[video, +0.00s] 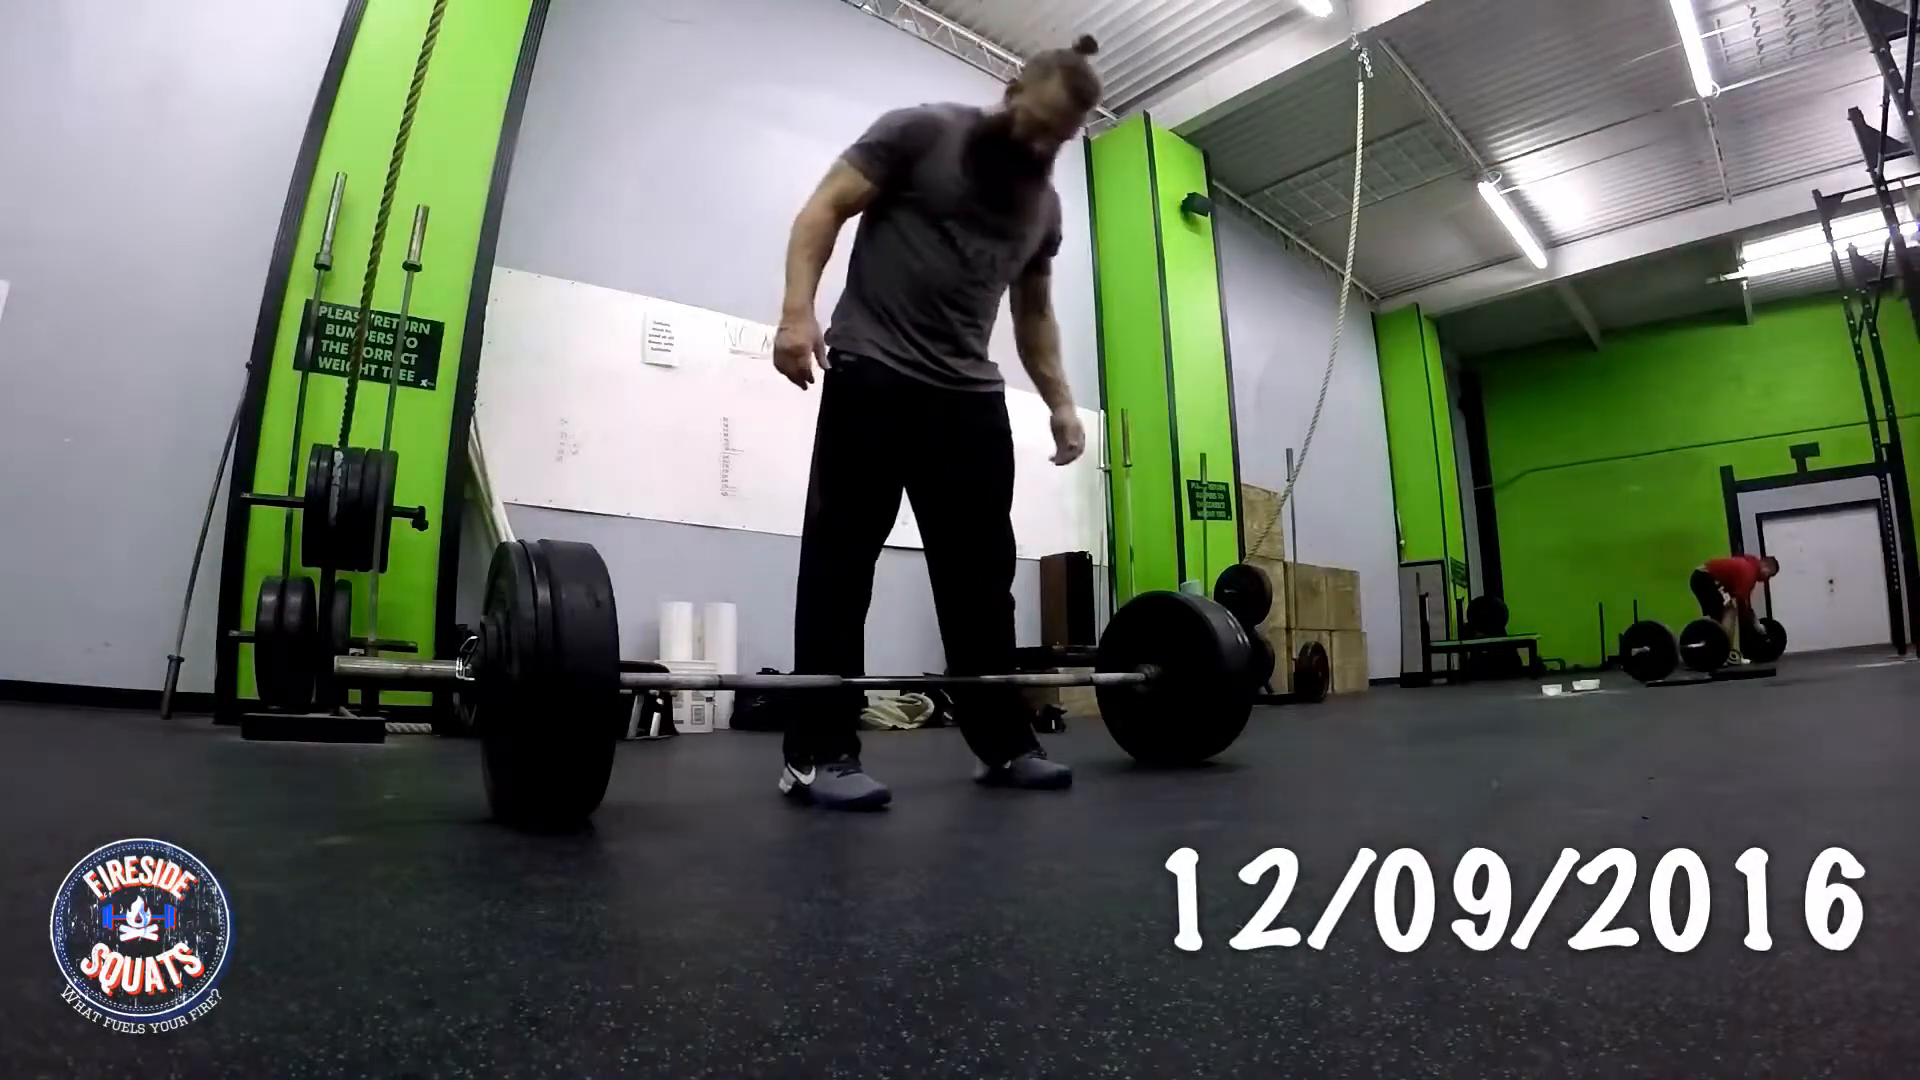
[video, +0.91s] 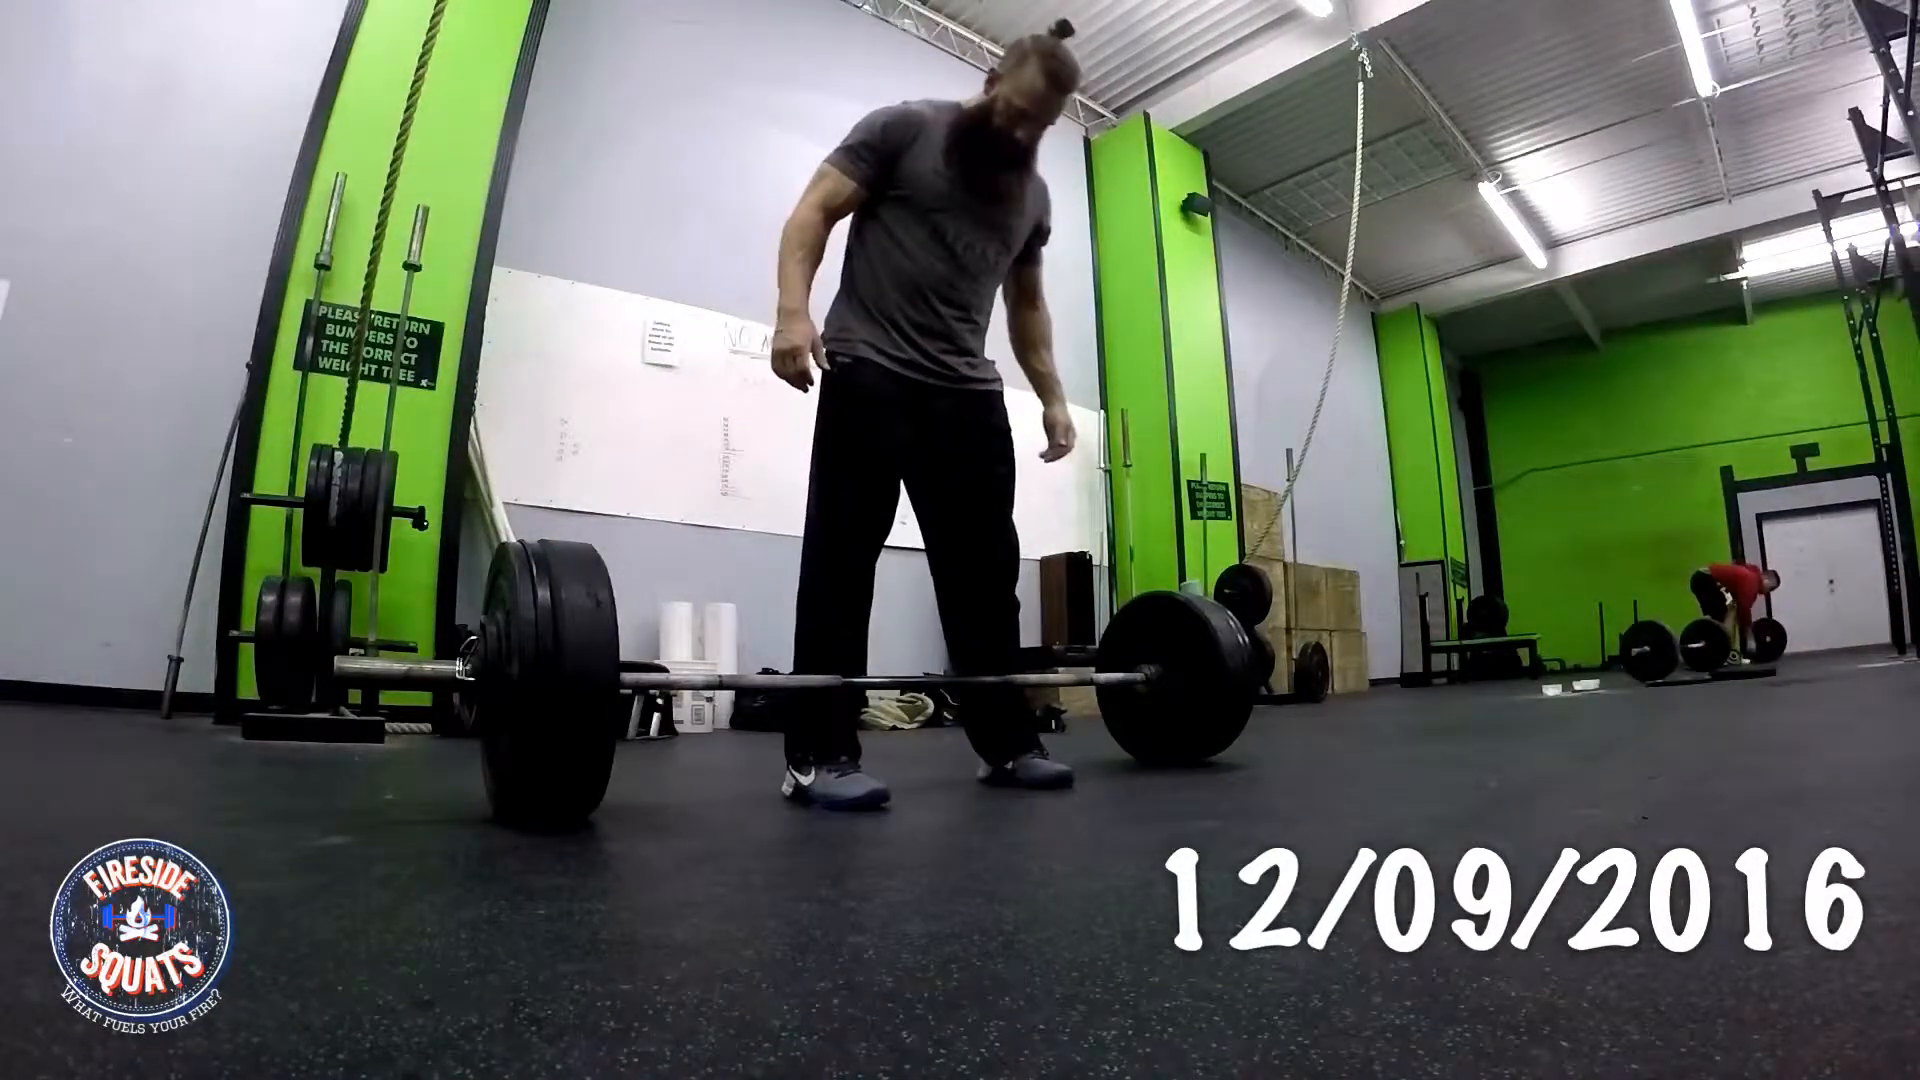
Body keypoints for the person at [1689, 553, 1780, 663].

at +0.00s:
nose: (1766, 578)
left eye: (1769, 576)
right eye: (1768, 574)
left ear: (1764, 564)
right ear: (1764, 567)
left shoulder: (1750, 567)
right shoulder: (1749, 571)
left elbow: (1744, 600)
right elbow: (1742, 601)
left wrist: (1754, 621)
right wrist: (1753, 623)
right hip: (1705, 577)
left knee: (1715, 615)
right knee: (1729, 611)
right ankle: (1730, 654)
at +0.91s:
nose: (1767, 592)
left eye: (1770, 590)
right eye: (1770, 588)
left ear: (1764, 577)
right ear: (1766, 581)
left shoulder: (1749, 577)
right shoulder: (1751, 580)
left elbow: (1742, 609)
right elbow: (1743, 610)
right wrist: (1746, 631)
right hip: (1705, 578)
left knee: (1717, 616)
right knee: (1730, 612)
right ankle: (1732, 654)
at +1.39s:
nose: (1765, 595)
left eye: (1769, 593)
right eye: (1768, 591)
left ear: (1765, 580)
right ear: (1766, 584)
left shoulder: (1751, 577)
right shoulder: (1751, 584)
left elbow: (1744, 612)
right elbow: (1744, 617)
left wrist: (1751, 632)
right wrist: (1753, 635)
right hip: (1704, 580)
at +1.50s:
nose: (1766, 592)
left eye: (1769, 591)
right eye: (1768, 589)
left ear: (1765, 579)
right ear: (1766, 582)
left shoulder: (1751, 576)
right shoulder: (1752, 582)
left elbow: (1743, 608)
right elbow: (1744, 612)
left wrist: (1751, 628)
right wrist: (1752, 633)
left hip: (1702, 577)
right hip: (1704, 579)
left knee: (1718, 617)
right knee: (1731, 612)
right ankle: (1728, 654)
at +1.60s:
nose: (1766, 591)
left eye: (1769, 589)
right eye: (1768, 587)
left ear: (1764, 577)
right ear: (1765, 580)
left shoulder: (1750, 576)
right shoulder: (1752, 581)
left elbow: (1743, 608)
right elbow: (1743, 612)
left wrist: (1751, 628)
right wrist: (1752, 633)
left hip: (1701, 577)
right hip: (1704, 579)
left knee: (1717, 617)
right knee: (1731, 611)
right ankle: (1729, 654)